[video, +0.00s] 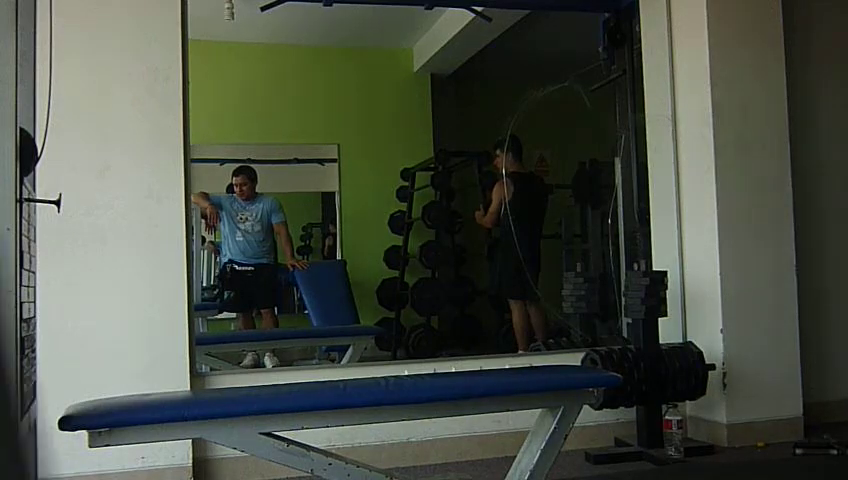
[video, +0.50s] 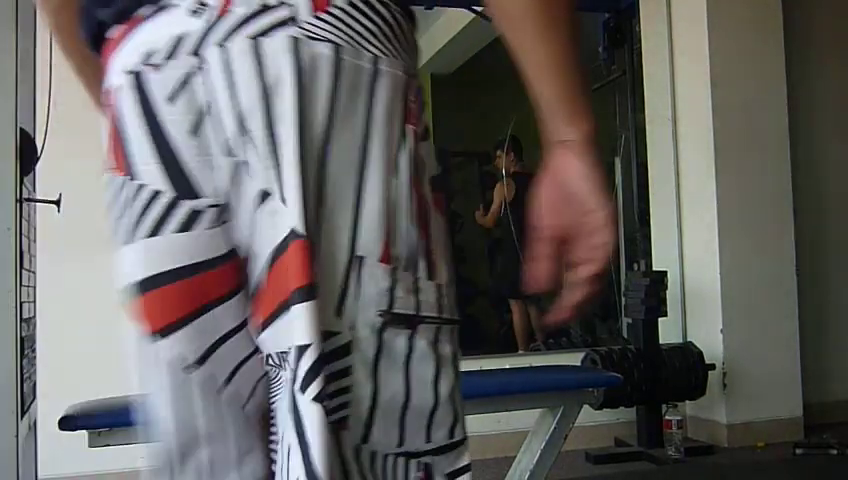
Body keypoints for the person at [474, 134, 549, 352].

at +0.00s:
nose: (495, 162)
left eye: (497, 157)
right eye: (495, 157)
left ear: (506, 156)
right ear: (519, 156)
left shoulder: (503, 186)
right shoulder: (537, 182)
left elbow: (490, 220)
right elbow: (538, 215)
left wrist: (480, 217)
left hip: (510, 248)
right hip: (533, 246)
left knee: (516, 301)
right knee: (533, 299)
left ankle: (522, 352)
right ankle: (542, 347)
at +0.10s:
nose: (495, 163)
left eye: (497, 157)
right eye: (495, 157)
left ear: (506, 156)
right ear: (519, 156)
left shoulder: (503, 185)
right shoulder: (537, 182)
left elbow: (490, 220)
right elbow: (538, 215)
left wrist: (480, 217)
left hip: (511, 248)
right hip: (533, 245)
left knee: (516, 301)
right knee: (533, 298)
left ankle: (523, 352)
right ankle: (542, 347)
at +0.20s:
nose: (495, 163)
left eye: (497, 157)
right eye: (495, 158)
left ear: (506, 156)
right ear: (519, 156)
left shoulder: (503, 185)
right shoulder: (537, 182)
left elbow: (490, 220)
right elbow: (537, 215)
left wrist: (480, 217)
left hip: (511, 248)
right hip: (533, 246)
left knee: (516, 301)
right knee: (533, 299)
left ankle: (523, 352)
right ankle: (542, 347)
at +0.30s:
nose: (496, 163)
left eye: (497, 157)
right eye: (495, 158)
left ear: (507, 156)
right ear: (519, 156)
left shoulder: (504, 185)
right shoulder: (537, 182)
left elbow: (490, 221)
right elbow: (537, 215)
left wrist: (480, 217)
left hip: (511, 247)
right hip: (533, 245)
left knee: (516, 301)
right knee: (532, 298)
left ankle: (522, 353)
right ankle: (542, 346)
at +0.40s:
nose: (497, 163)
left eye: (499, 157)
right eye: (497, 157)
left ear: (510, 156)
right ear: (518, 157)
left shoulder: (505, 185)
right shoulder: (539, 182)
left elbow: (492, 218)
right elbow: (538, 217)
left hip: (512, 247)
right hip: (533, 246)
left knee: (516, 301)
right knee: (532, 299)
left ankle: (523, 352)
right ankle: (542, 347)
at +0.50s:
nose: (497, 162)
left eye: (498, 157)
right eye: (497, 157)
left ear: (509, 156)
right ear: (518, 157)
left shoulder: (504, 186)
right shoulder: (532, 180)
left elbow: (491, 220)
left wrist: (480, 217)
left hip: (511, 248)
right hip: (533, 243)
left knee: (516, 302)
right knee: (532, 299)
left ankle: (522, 351)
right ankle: (542, 345)